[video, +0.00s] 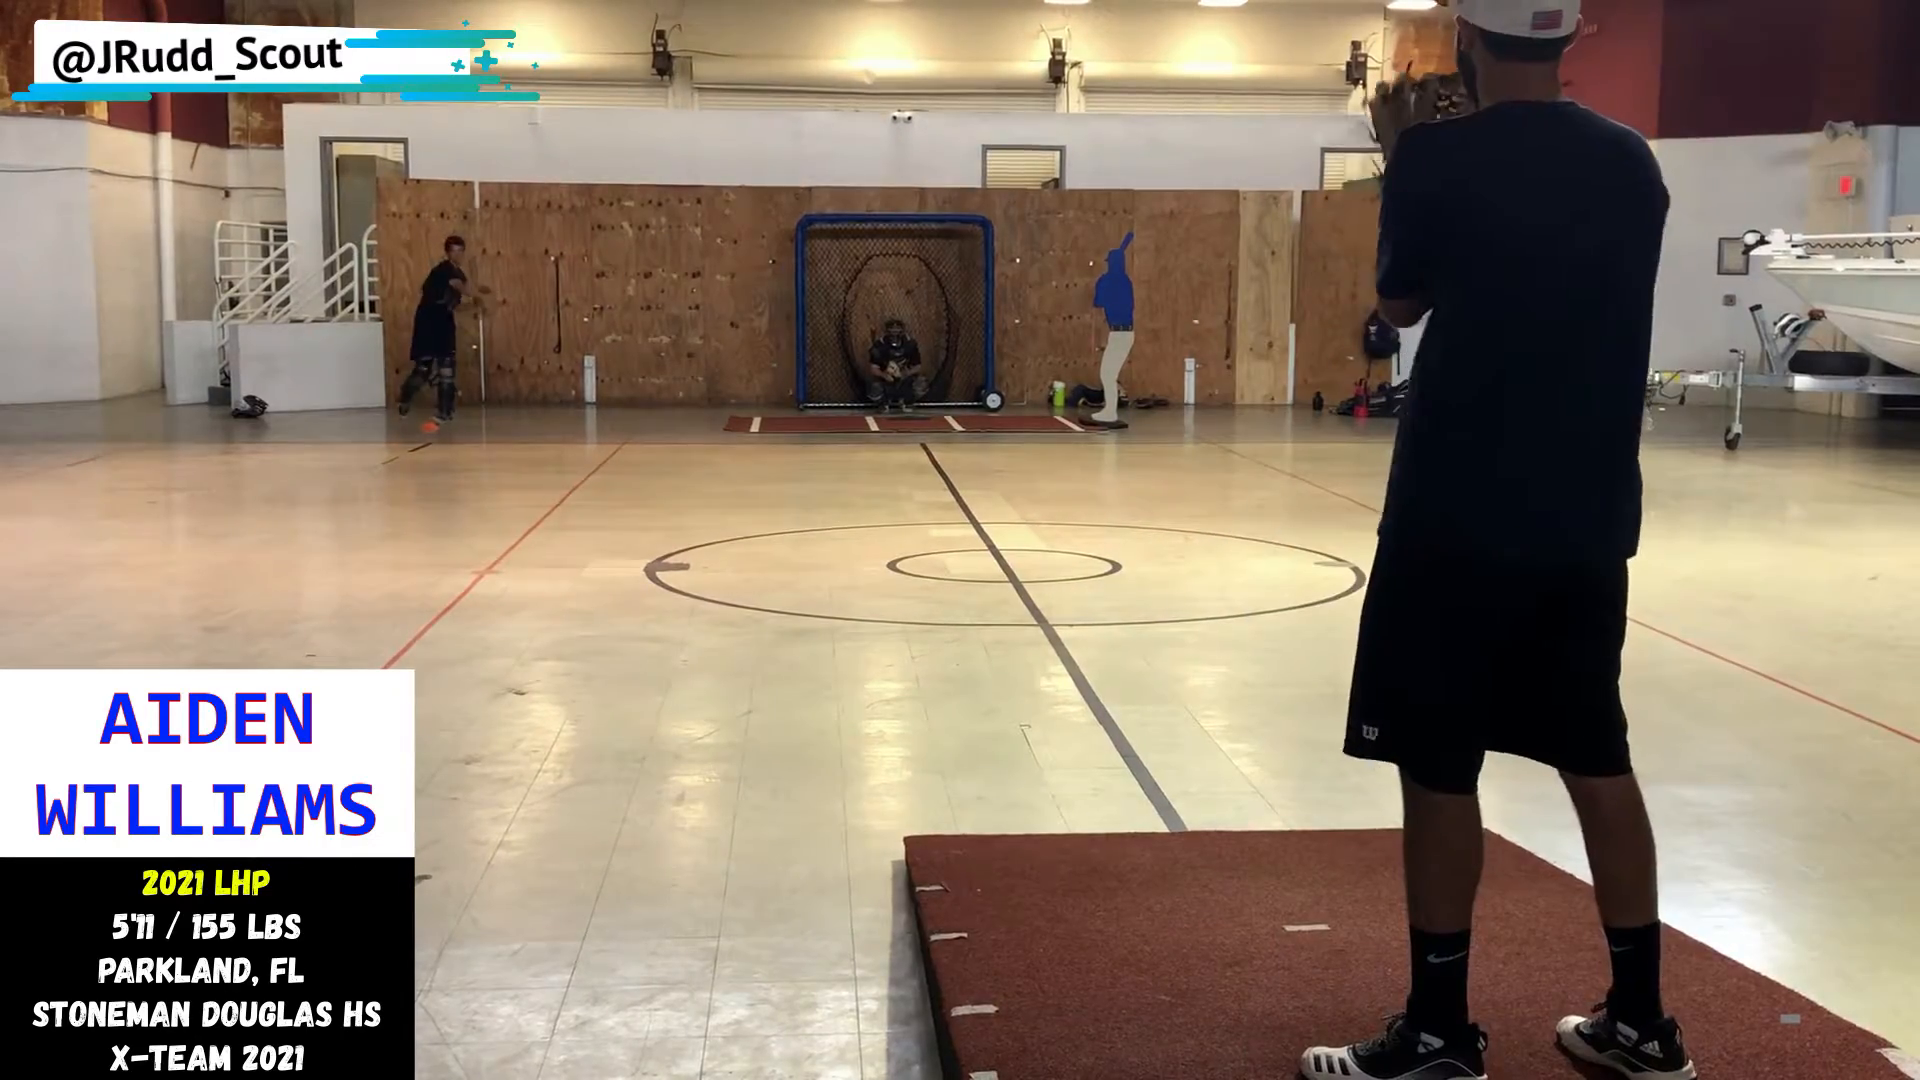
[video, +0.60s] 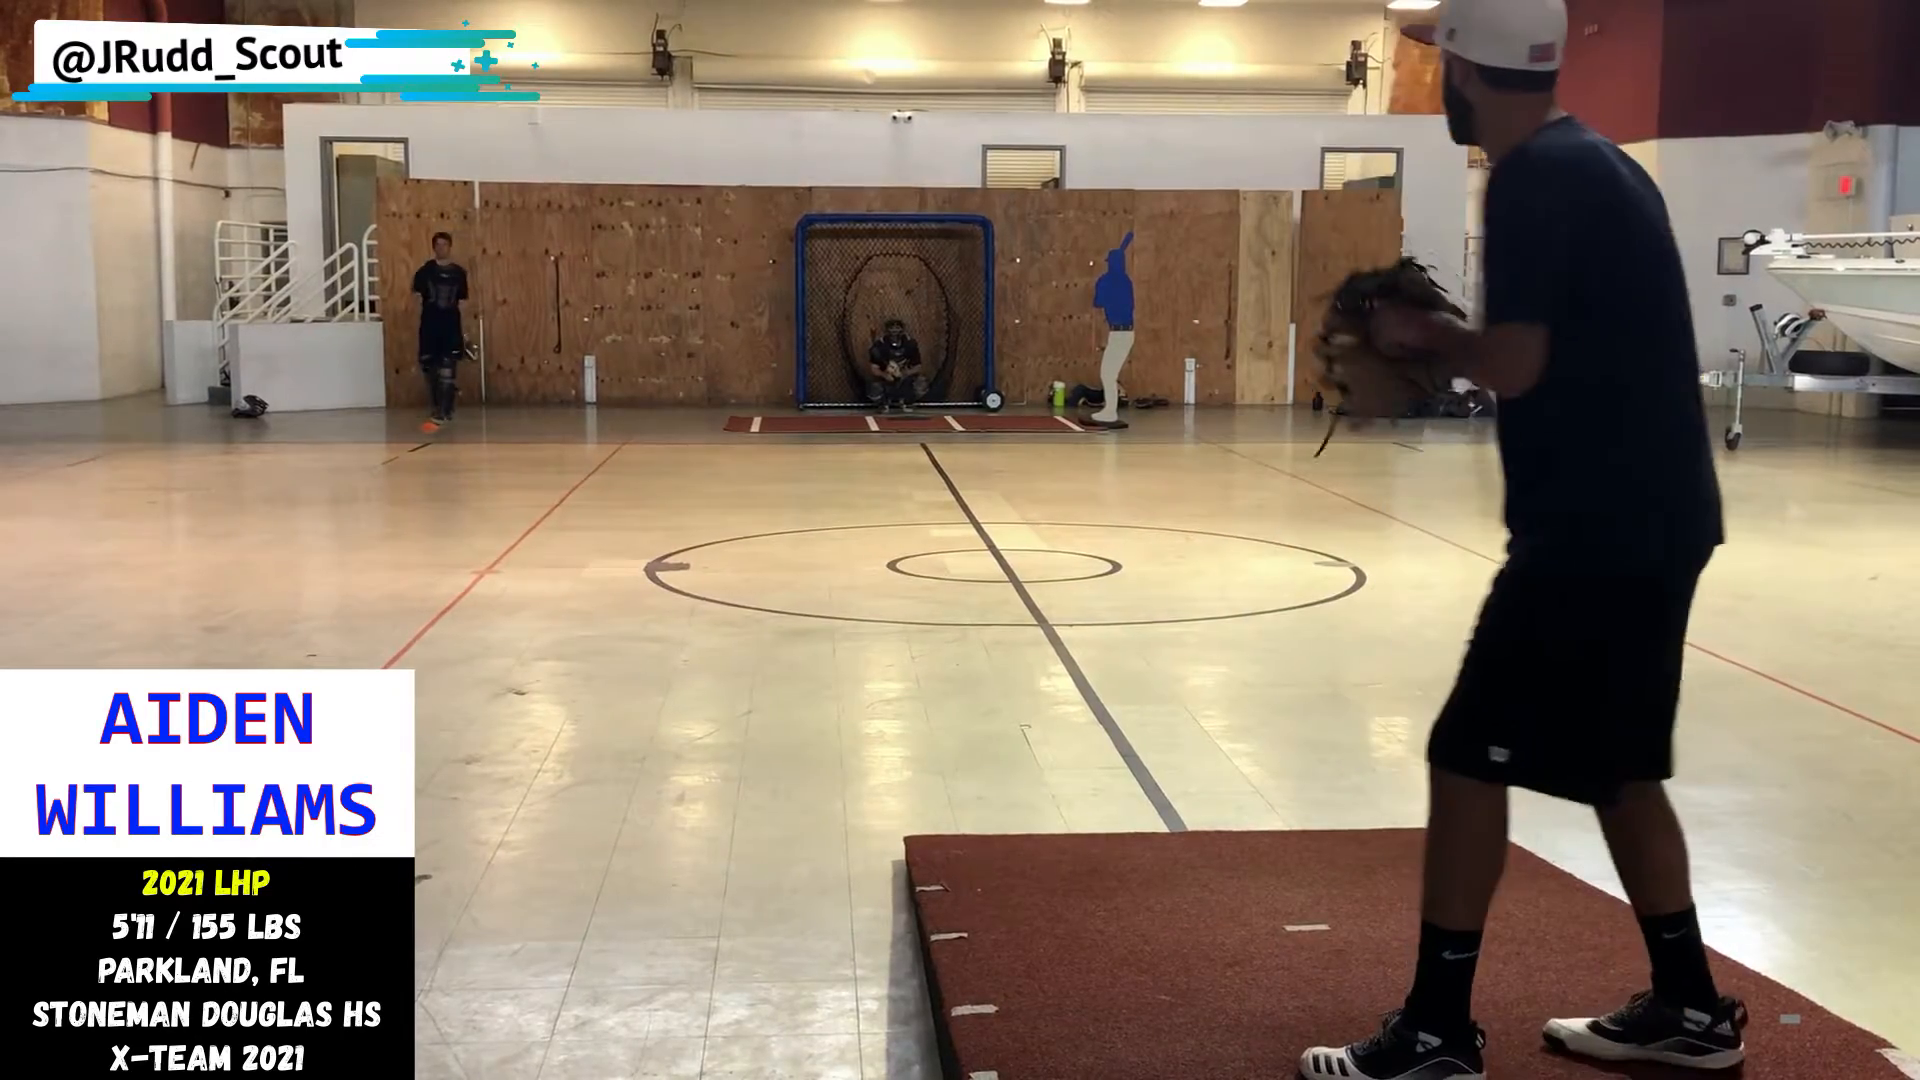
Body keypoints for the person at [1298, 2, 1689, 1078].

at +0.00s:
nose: (1459, 45)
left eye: (1460, 32)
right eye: (1480, 33)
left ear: (1470, 43)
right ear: (1567, 41)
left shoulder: (1435, 157)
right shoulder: (1634, 163)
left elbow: (1400, 300)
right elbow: (1565, 291)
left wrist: (1410, 160)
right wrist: (1414, 311)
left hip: (1452, 520)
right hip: (1587, 522)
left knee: (1438, 763)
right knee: (1598, 757)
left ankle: (1437, 1028)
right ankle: (1640, 1014)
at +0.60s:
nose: (1442, 95)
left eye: (1443, 72)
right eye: (1443, 73)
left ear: (1467, 71)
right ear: (1547, 69)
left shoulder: (1530, 178)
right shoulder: (1604, 169)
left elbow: (1517, 363)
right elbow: (1567, 355)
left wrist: (1425, 339)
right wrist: (1453, 336)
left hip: (1580, 534)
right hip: (1657, 525)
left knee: (1465, 754)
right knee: (1622, 762)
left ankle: (1436, 1026)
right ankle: (1688, 1002)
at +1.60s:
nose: (1440, 79)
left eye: (1446, 55)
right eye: (1442, 57)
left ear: (1483, 58)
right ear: (1517, 61)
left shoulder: (1620, 172)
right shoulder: (1476, 183)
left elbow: (1547, 325)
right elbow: (1441, 344)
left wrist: (1390, 245)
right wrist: (1342, 278)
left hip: (1514, 526)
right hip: (1421, 483)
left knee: (1430, 771)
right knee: (1215, 575)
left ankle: (1457, 1030)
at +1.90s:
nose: (1395, 84)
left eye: (1400, 64)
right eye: (1397, 66)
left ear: (1428, 69)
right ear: (1468, 72)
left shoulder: (1568, 181)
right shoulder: (1418, 187)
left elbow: (1513, 335)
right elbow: (1381, 349)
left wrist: (1359, 259)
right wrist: (1307, 273)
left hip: (1447, 510)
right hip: (1363, 457)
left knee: (1401, 766)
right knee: (1195, 292)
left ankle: (1457, 1030)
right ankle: (1133, 539)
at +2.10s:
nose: (1336, 122)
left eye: (1347, 105)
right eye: (1339, 103)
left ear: (1383, 110)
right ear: (1410, 109)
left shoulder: (1515, 218)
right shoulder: (1365, 215)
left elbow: (1500, 395)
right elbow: (1340, 352)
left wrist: (1335, 355)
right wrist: (1270, 332)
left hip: (1438, 532)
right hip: (1349, 488)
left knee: (1342, 770)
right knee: (1149, 465)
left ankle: (1448, 1027)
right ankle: (1230, 690)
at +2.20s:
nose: (1307, 180)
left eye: (1317, 164)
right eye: (1309, 162)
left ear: (1356, 174)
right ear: (1381, 172)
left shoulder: (1492, 279)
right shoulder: (1333, 268)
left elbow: (1501, 453)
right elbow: (1262, 377)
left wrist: (1332, 520)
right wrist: (1176, 460)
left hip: (1441, 556)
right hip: (1341, 528)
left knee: (1325, 778)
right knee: (1147, 606)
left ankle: (1444, 1029)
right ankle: (1163, 828)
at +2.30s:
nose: (1285, 269)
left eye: (1292, 254)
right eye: (1287, 254)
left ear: (1312, 258)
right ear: (1384, 249)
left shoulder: (1466, 354)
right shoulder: (1297, 331)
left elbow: (1522, 525)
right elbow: (1184, 408)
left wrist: (1486, 663)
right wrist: (1082, 518)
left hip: (1416, 602)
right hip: (1322, 568)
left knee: (1296, 793)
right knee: (1154, 680)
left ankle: (1439, 1028)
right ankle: (1134, 858)